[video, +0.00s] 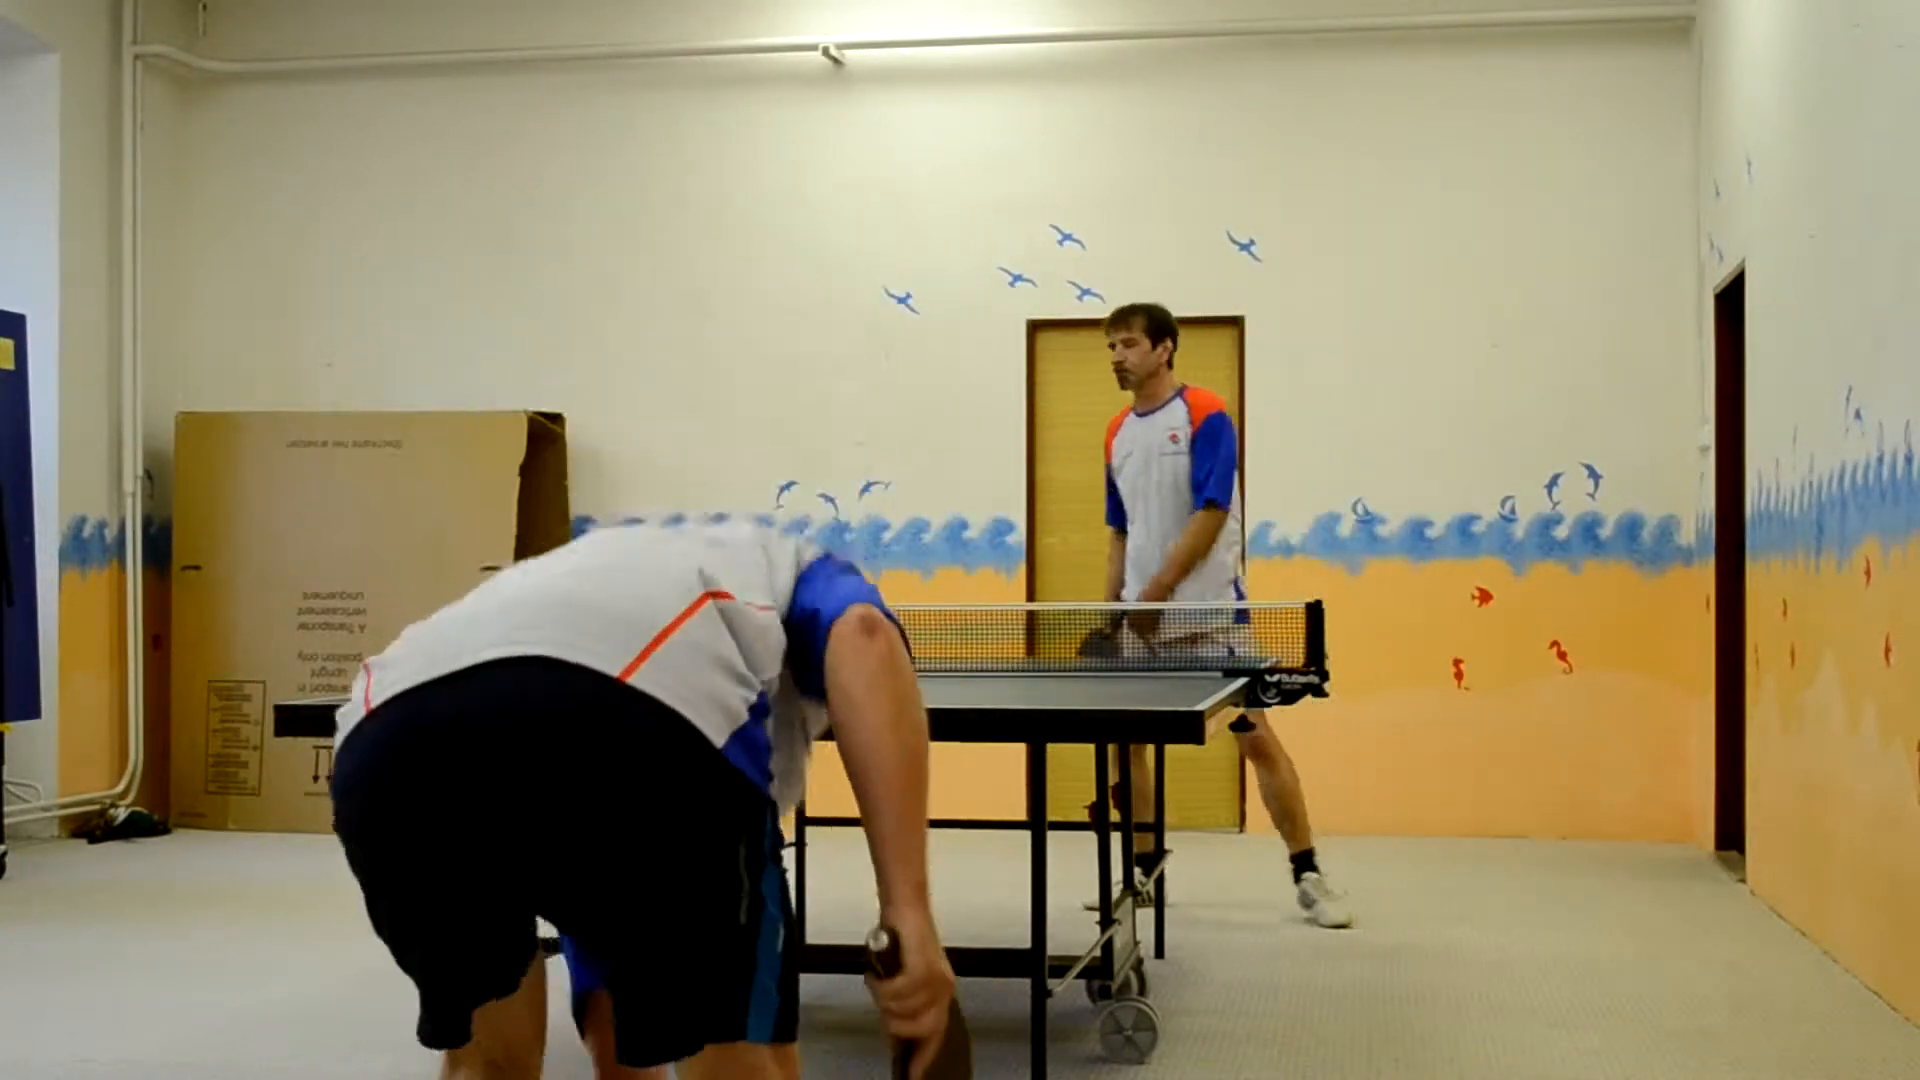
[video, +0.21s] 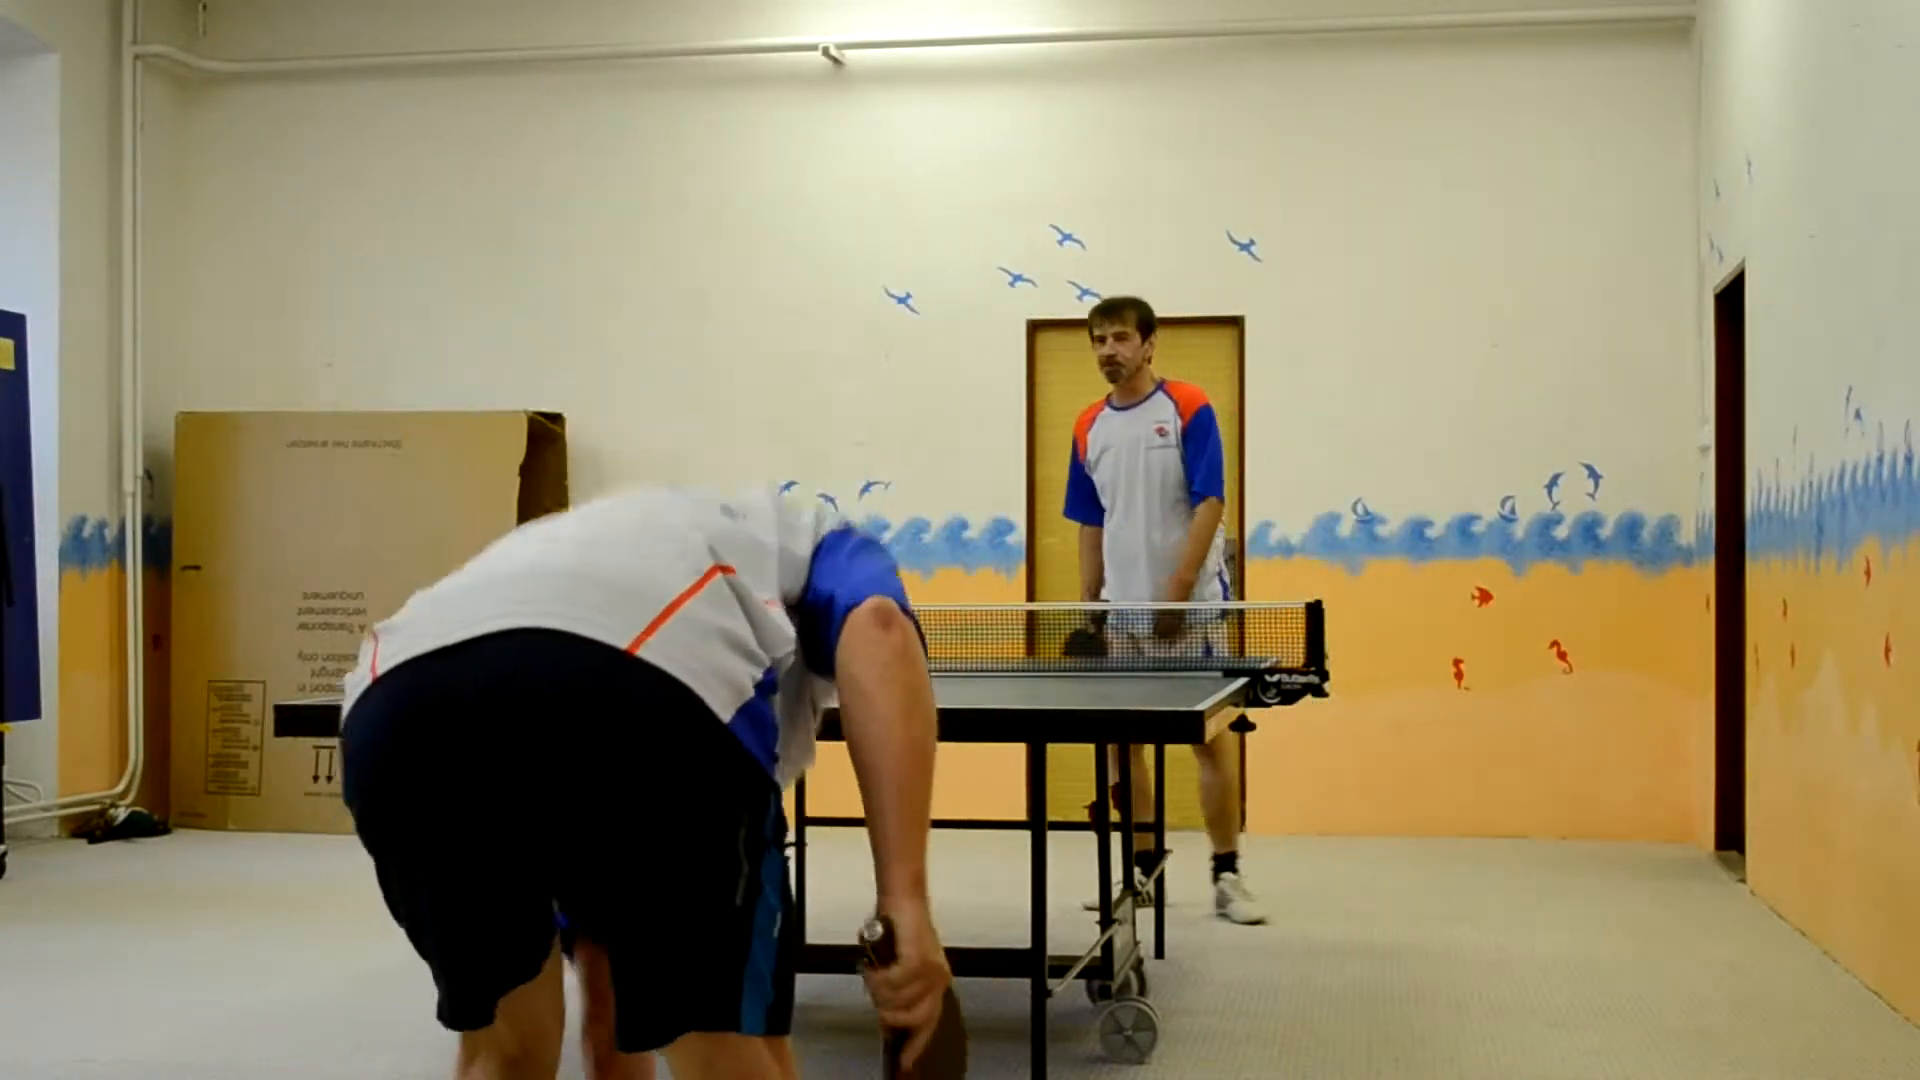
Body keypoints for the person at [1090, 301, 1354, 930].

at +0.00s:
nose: (1115, 357)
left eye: (1126, 345)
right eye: (1111, 347)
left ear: (1164, 348)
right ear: (1116, 354)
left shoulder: (1206, 413)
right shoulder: (1119, 430)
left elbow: (1212, 513)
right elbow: (1120, 534)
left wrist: (1155, 592)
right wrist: (1111, 616)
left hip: (1208, 615)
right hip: (1142, 620)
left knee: (1255, 736)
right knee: (1127, 744)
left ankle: (1308, 874)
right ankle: (1144, 877)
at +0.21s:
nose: (1107, 350)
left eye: (1119, 338)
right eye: (1099, 340)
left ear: (1148, 343)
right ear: (1092, 348)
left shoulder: (1188, 407)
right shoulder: (1089, 425)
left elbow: (1210, 505)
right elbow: (1089, 526)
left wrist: (1177, 593)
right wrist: (1091, 612)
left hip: (1194, 610)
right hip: (1121, 617)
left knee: (1212, 740)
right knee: (1122, 744)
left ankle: (1227, 874)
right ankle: (1143, 876)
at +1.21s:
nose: (1086, 352)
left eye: (1097, 340)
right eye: (1076, 341)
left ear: (1121, 343)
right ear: (1064, 346)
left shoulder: (1156, 409)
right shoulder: (1040, 419)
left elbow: (1171, 500)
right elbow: (1027, 508)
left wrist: (1120, 541)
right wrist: (1028, 567)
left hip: (1145, 606)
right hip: (1067, 608)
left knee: (1171, 740)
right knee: (1051, 740)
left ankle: (1178, 872)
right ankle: (1049, 870)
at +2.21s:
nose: (1159, 381)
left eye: (1171, 369)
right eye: (1148, 369)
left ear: (1187, 367)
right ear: (1130, 367)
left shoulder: (1214, 420)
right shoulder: (1093, 431)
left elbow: (1240, 510)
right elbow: (1052, 517)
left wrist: (1184, 544)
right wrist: (1081, 573)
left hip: (1191, 609)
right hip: (1123, 610)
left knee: (1180, 736)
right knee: (1142, 738)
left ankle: (1146, 862)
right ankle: (1144, 871)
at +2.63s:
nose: (1200, 438)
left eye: (1210, 425)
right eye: (1187, 426)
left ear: (1222, 418)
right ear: (1163, 419)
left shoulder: (1242, 454)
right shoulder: (1127, 473)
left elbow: (1273, 545)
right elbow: (1088, 569)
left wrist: (1255, 607)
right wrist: (1140, 632)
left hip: (1213, 632)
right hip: (1151, 637)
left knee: (1247, 738)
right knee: (1175, 746)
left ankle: (1197, 857)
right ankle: (1170, 879)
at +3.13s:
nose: (1220, 436)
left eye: (1229, 424)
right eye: (1208, 425)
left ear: (1240, 414)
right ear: (1182, 415)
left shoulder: (1253, 440)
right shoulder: (1154, 471)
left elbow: (1299, 519)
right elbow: (1142, 577)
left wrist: (1278, 550)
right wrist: (1223, 625)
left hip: (1224, 620)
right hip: (1162, 623)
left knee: (1286, 715)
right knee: (1192, 742)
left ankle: (1253, 831)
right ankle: (1174, 879)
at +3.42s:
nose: (1231, 423)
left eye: (1239, 410)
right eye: (1218, 413)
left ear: (1249, 401)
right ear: (1192, 406)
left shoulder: (1262, 425)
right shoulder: (1169, 462)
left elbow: (1347, 461)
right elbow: (1188, 567)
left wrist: (1356, 505)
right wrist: (1264, 549)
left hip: (1241, 608)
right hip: (1182, 617)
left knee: (1310, 727)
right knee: (1202, 746)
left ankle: (1327, 841)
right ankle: (1175, 880)